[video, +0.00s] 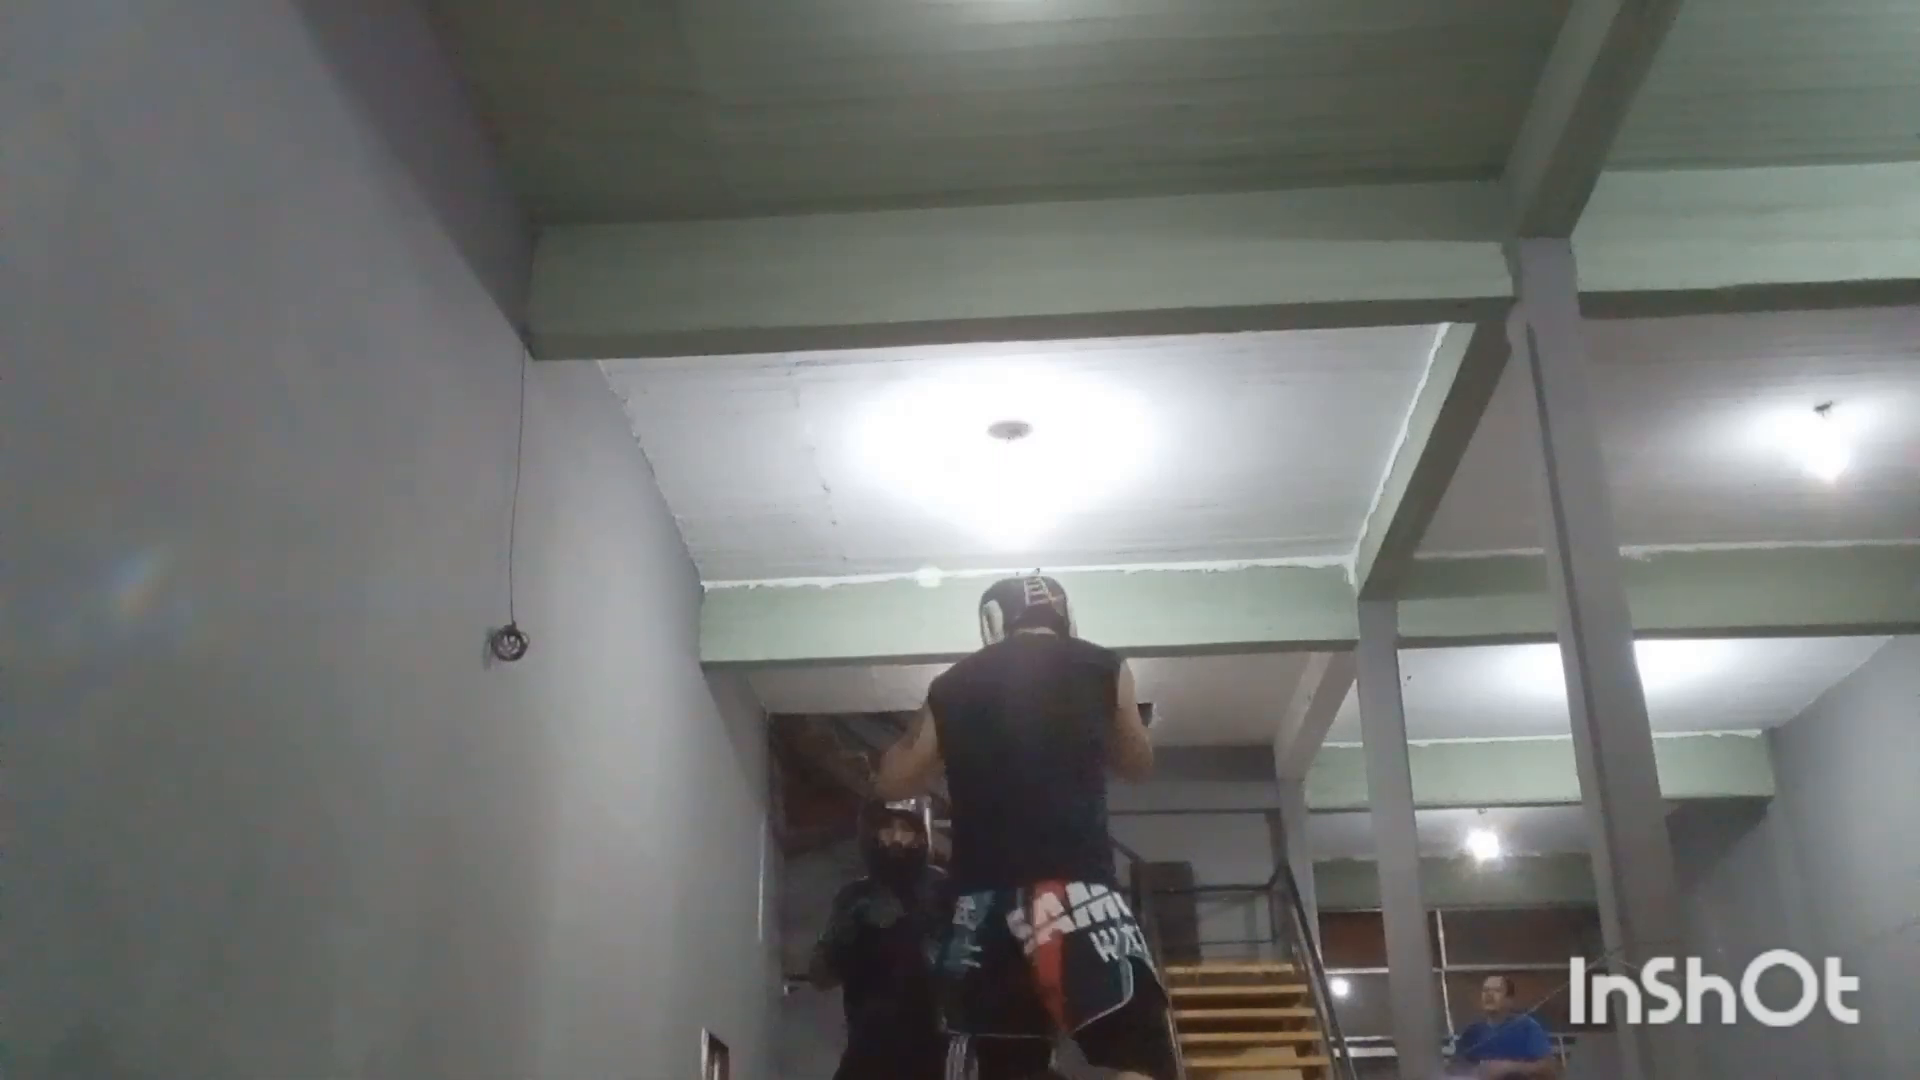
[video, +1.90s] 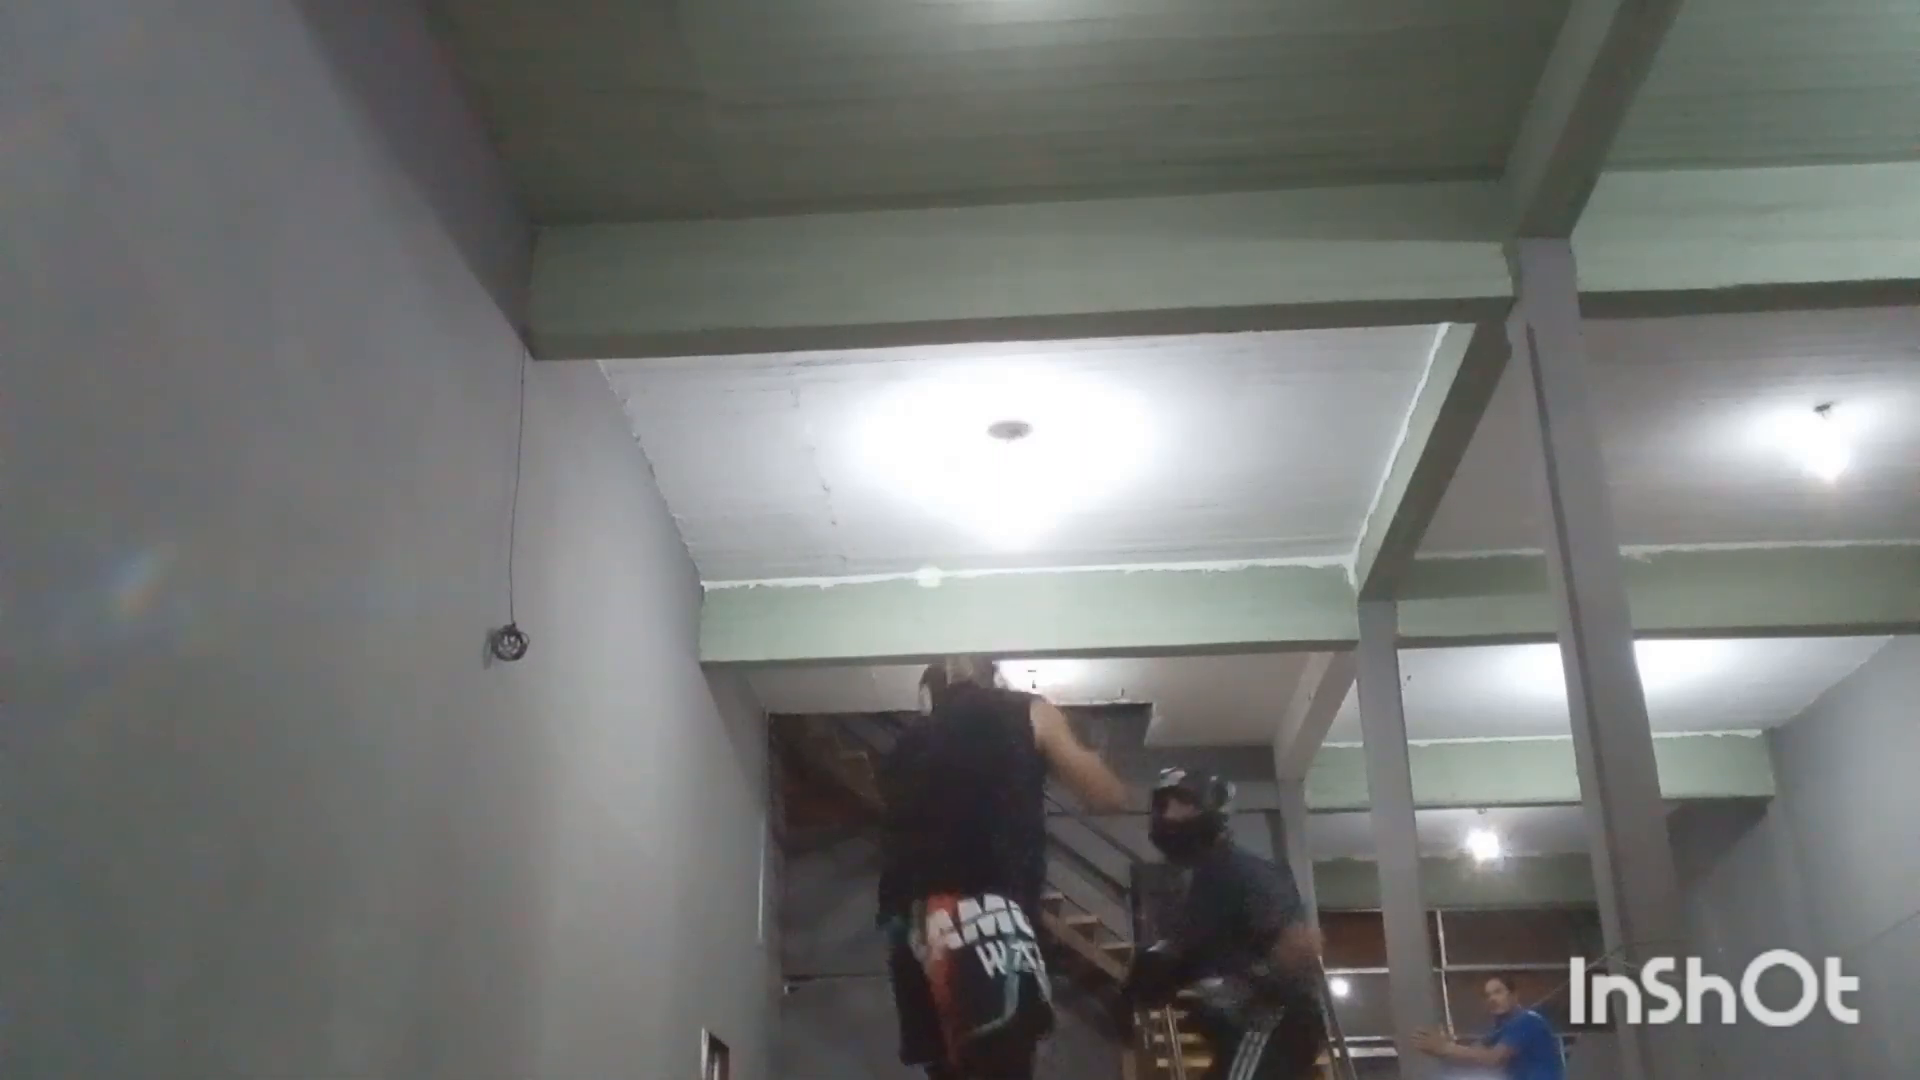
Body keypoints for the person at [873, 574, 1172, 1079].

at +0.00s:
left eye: (987, 623)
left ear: (995, 623)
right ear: (1062, 620)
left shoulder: (954, 685)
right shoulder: (1105, 667)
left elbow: (892, 781)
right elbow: (1137, 764)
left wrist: (943, 736)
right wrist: (1092, 723)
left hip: (984, 912)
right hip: (1086, 905)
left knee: (1003, 1068)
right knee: (1141, 1063)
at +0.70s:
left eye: (992, 662)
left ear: (1004, 662)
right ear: (1069, 653)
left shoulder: (966, 710)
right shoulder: (1106, 692)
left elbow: (945, 814)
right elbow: (1142, 785)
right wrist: (1129, 734)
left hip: (988, 913)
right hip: (1084, 903)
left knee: (1003, 1060)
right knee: (1106, 1059)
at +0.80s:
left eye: (992, 657)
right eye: (1072, 650)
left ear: (1002, 656)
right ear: (1068, 650)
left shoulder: (964, 707)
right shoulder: (1103, 690)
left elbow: (935, 807)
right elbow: (1143, 787)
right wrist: (1122, 734)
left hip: (983, 923)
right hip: (1079, 917)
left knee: (1002, 1065)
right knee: (1093, 1065)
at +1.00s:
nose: (1086, 660)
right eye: (1082, 653)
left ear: (1007, 659)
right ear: (1073, 654)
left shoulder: (961, 711)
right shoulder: (1108, 701)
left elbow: (908, 800)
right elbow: (1146, 799)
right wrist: (1134, 741)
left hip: (973, 915)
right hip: (1066, 913)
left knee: (999, 1062)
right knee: (1060, 1061)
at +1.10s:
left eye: (994, 663)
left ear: (1004, 662)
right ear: (1070, 657)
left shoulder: (957, 714)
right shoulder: (1109, 706)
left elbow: (953, 812)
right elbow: (1136, 798)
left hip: (972, 893)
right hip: (1066, 894)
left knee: (991, 1055)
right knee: (1060, 1051)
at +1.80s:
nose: (1029, 669)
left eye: (1027, 663)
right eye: (1026, 661)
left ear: (953, 672)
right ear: (1012, 661)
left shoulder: (912, 726)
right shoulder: (1047, 701)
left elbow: (903, 831)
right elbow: (1116, 794)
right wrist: (1105, 754)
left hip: (925, 906)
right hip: (1016, 903)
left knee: (952, 1062)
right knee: (1019, 1063)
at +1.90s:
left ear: (933, 688)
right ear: (991, 673)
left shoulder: (911, 737)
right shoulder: (1030, 713)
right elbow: (1107, 794)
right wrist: (1084, 752)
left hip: (910, 929)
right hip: (998, 923)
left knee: (940, 1065)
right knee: (1002, 1066)